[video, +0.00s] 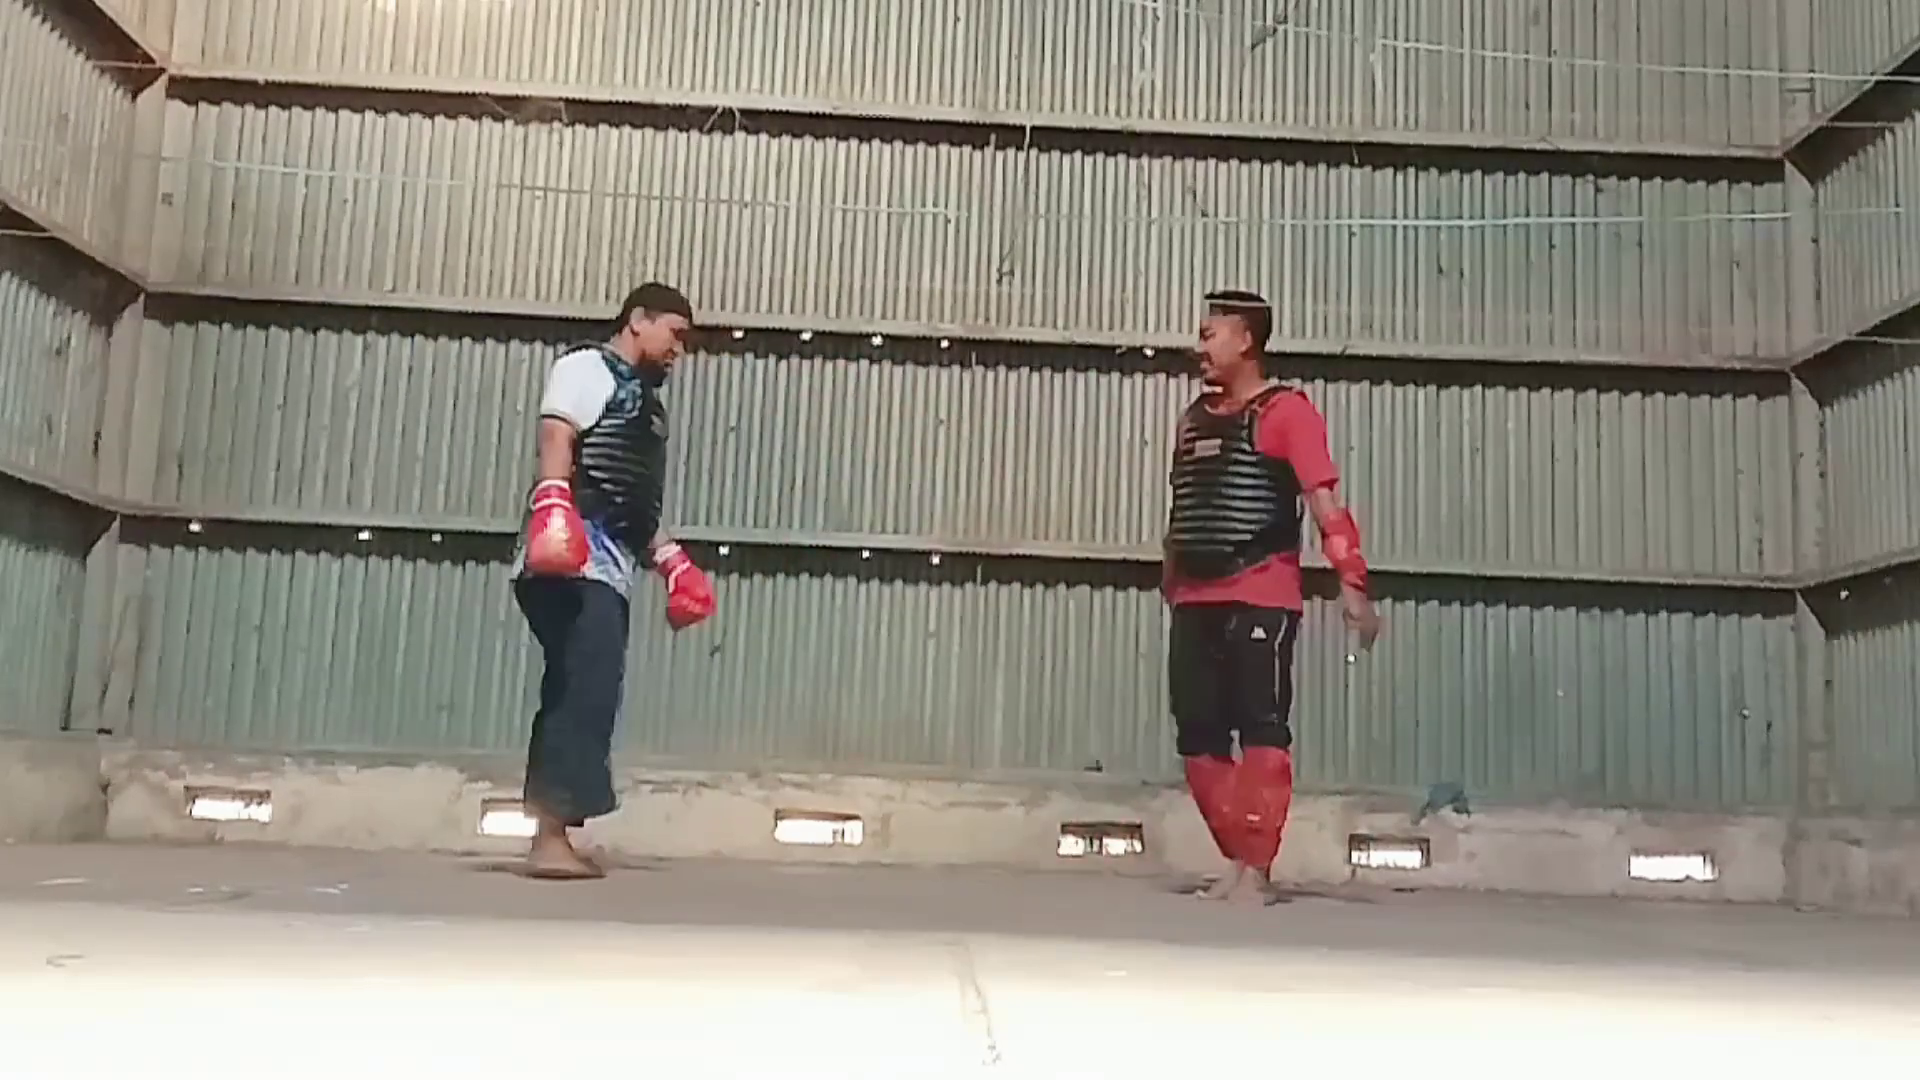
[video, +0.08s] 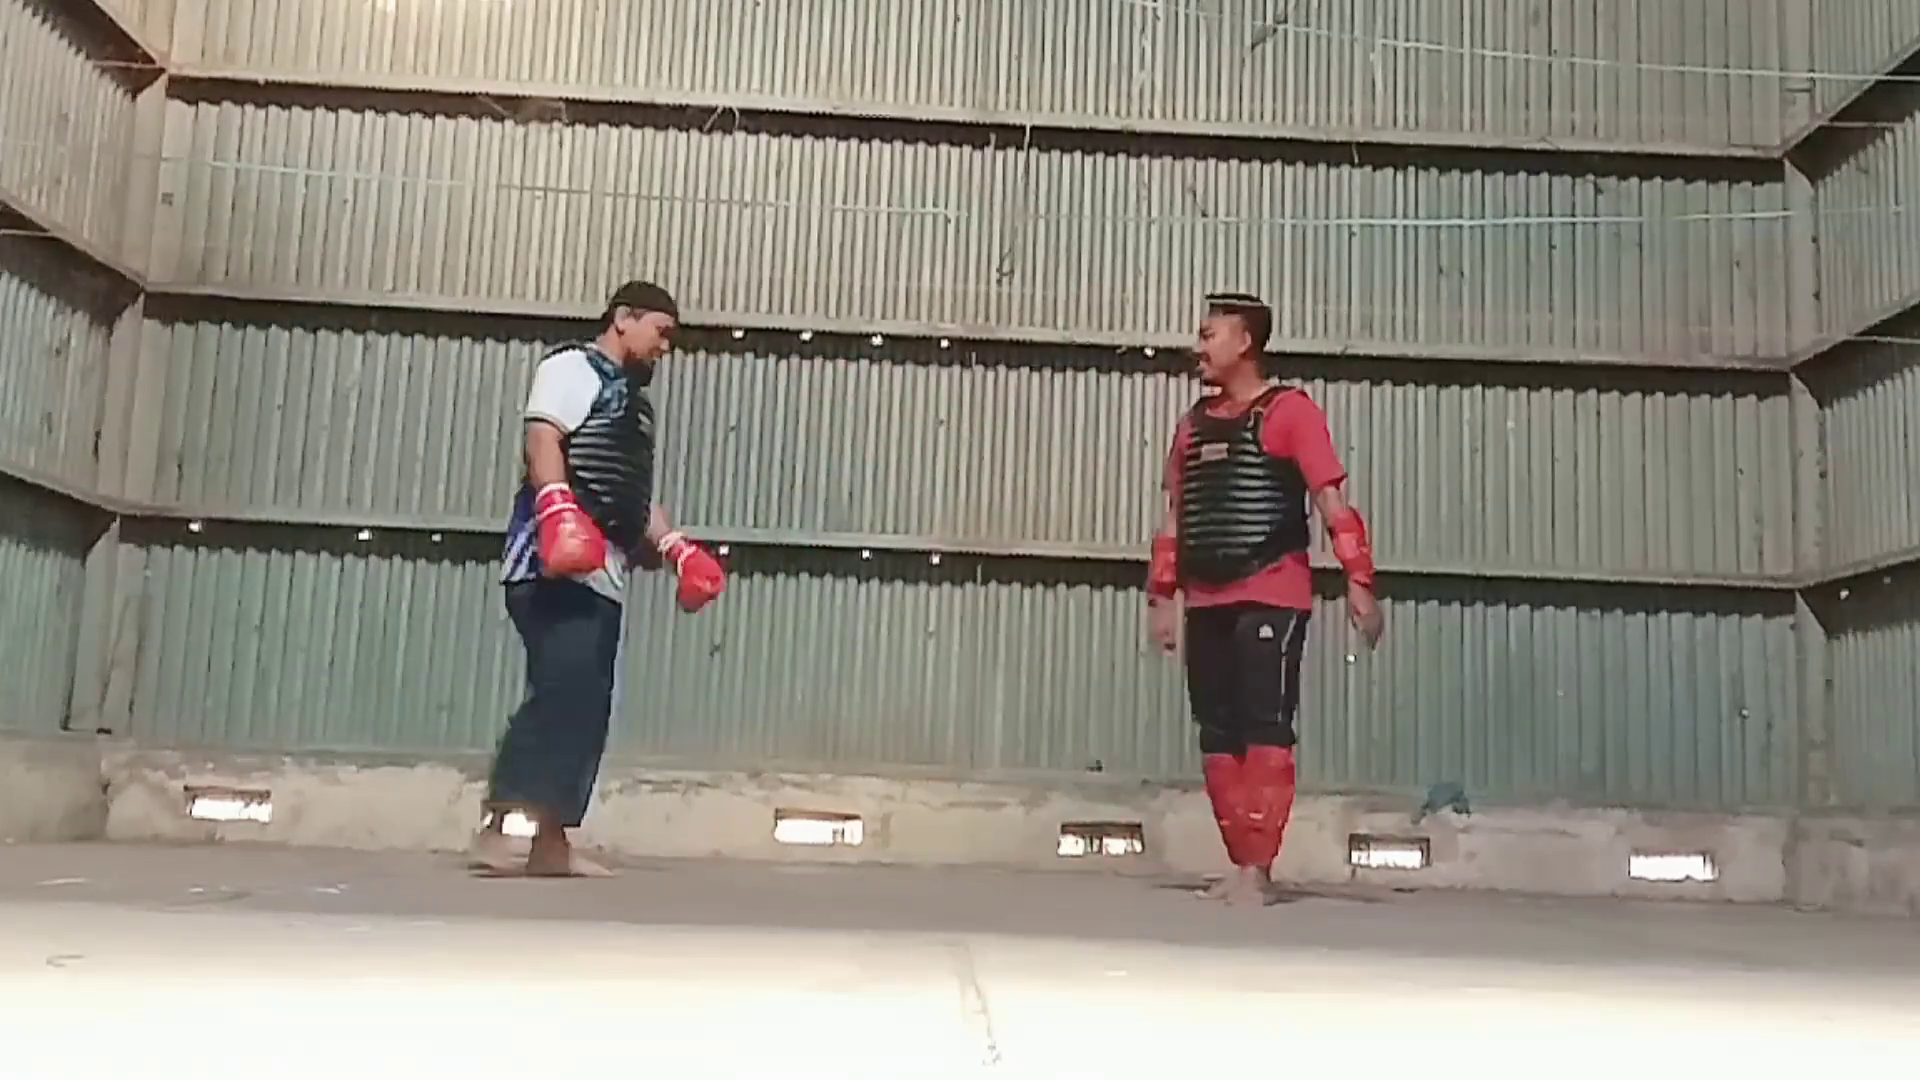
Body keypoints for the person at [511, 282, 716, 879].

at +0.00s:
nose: (680, 348)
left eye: (684, 338)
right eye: (675, 334)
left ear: (650, 329)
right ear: (638, 322)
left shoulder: (646, 401)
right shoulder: (585, 367)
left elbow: (634, 501)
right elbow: (555, 439)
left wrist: (672, 562)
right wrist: (554, 507)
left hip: (609, 567)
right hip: (572, 554)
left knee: (581, 687)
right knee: (585, 682)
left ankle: (557, 829)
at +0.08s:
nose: (665, 346)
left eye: (670, 337)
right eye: (661, 333)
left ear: (637, 328)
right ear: (624, 320)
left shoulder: (634, 399)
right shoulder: (574, 366)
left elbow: (630, 497)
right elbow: (543, 438)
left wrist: (679, 547)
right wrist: (559, 510)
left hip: (602, 575)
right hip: (557, 563)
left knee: (587, 702)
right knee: (565, 690)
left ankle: (552, 843)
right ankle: (501, 823)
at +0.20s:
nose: (644, 340)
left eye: (648, 330)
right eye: (637, 326)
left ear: (611, 324)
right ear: (599, 317)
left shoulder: (615, 398)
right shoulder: (552, 366)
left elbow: (617, 492)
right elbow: (524, 444)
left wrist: (671, 526)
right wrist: (571, 506)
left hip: (587, 574)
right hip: (531, 564)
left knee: (576, 701)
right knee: (513, 687)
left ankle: (552, 840)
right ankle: (434, 822)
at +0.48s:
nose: (585, 329)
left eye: (587, 319)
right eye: (576, 316)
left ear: (557, 320)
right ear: (534, 313)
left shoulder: (557, 389)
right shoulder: (483, 373)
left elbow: (542, 483)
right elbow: (466, 455)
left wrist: (577, 540)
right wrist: (546, 507)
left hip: (536, 583)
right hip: (464, 579)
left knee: (559, 706)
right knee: (421, 702)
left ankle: (556, 841)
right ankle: (387, 843)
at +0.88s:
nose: (610, 333)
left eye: (611, 323)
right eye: (601, 321)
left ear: (575, 323)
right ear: (561, 319)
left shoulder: (583, 396)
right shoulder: (507, 376)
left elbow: (575, 489)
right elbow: (484, 455)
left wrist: (636, 507)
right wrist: (566, 480)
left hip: (558, 582)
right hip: (487, 578)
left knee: (581, 710)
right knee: (439, 704)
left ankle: (604, 846)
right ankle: (391, 842)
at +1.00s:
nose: (638, 341)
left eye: (640, 331)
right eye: (630, 328)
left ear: (604, 331)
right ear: (591, 325)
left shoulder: (609, 410)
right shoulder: (540, 377)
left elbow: (613, 494)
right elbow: (544, 444)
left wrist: (678, 476)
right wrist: (626, 436)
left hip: (584, 583)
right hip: (512, 575)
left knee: (608, 707)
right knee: (462, 703)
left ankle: (609, 845)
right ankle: (396, 841)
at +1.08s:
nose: (666, 349)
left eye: (670, 340)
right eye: (660, 334)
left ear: (635, 335)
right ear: (621, 326)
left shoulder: (644, 401)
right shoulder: (567, 374)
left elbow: (673, 480)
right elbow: (606, 428)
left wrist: (718, 430)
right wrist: (671, 384)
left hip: (602, 579)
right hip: (533, 571)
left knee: (623, 711)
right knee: (495, 704)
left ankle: (612, 846)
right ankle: (414, 826)